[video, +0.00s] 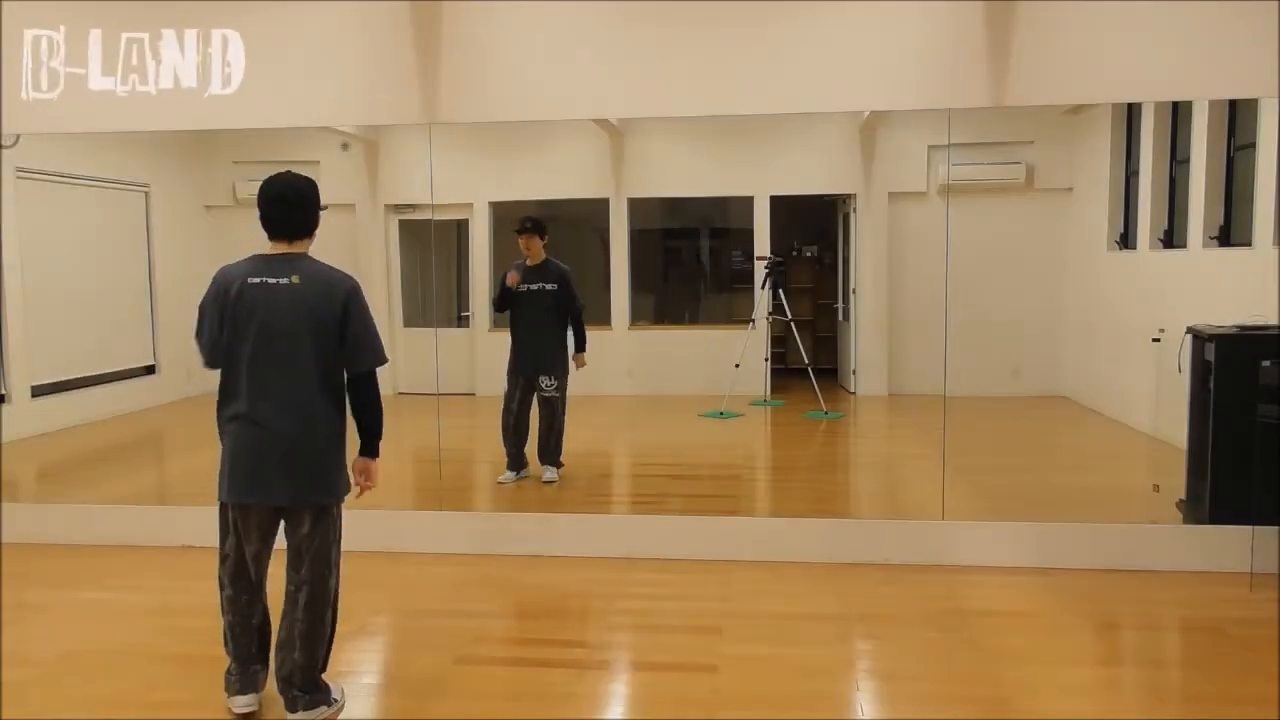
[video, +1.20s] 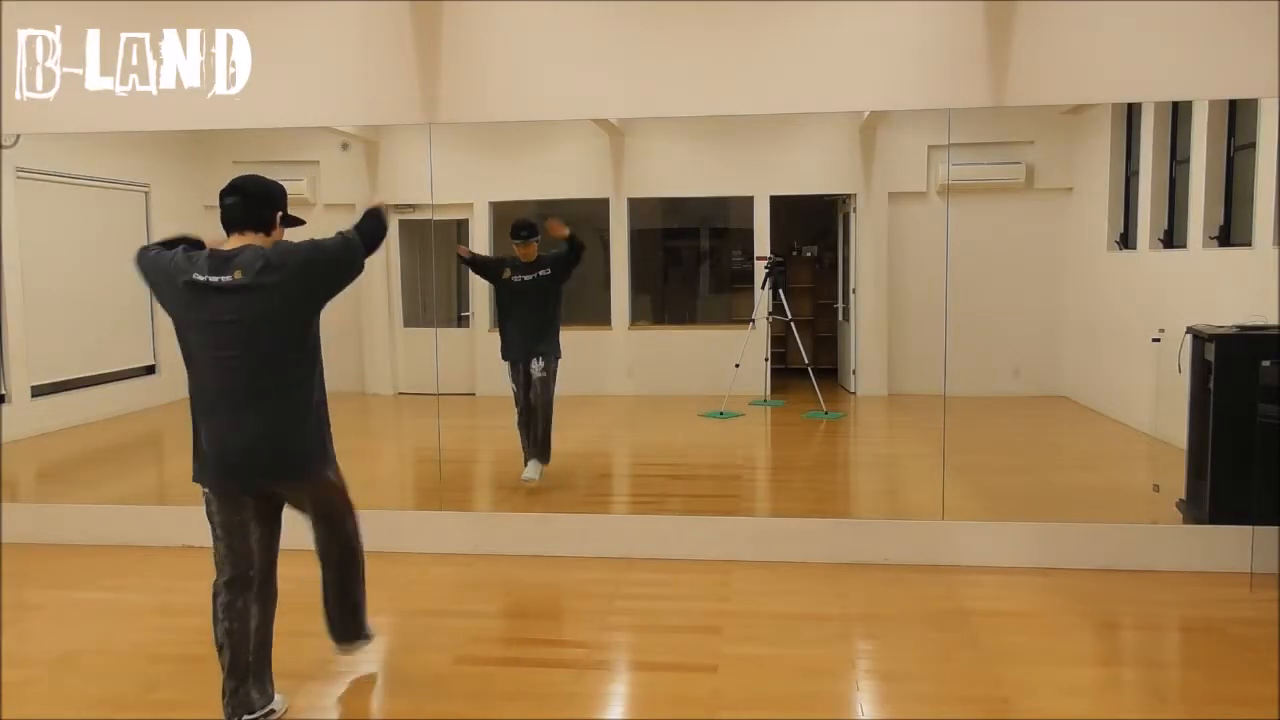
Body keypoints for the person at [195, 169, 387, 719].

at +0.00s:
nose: (314, 221)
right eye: (314, 213)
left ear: (262, 220)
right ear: (316, 220)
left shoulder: (229, 282)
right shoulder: (339, 288)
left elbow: (212, 352)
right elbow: (363, 380)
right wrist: (369, 450)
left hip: (246, 461)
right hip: (316, 461)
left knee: (241, 574)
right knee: (313, 578)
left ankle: (243, 684)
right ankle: (303, 690)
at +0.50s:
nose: (320, 218)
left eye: (316, 209)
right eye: (317, 211)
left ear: (261, 217)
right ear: (312, 218)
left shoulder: (222, 281)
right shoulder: (331, 289)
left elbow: (213, 366)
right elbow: (347, 380)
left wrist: (261, 386)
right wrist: (366, 426)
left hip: (240, 471)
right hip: (309, 470)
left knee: (245, 586)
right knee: (310, 582)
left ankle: (248, 698)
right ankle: (304, 690)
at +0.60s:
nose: (309, 219)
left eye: (306, 211)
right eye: (308, 212)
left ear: (249, 218)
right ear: (303, 219)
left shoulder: (214, 287)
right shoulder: (321, 289)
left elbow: (214, 386)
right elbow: (337, 384)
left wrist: (210, 455)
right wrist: (352, 447)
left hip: (237, 473)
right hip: (307, 472)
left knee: (243, 591)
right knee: (311, 585)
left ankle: (247, 704)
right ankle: (304, 693)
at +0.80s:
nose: (288, 223)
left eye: (286, 215)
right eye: (288, 216)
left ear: (228, 220)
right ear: (281, 220)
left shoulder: (190, 285)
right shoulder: (303, 282)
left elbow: (152, 355)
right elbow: (364, 351)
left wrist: (138, 402)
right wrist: (374, 404)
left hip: (227, 469)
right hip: (299, 466)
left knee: (237, 586)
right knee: (323, 565)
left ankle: (246, 706)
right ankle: (307, 676)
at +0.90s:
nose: (283, 225)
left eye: (280, 216)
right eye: (282, 217)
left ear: (223, 222)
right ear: (274, 221)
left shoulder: (183, 284)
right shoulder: (296, 281)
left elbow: (131, 349)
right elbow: (346, 342)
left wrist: (185, 340)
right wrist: (378, 340)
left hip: (224, 460)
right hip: (294, 453)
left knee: (234, 587)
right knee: (340, 516)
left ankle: (246, 705)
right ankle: (292, 593)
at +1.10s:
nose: (282, 233)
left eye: (282, 225)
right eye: (282, 225)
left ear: (222, 226)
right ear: (272, 227)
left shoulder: (177, 285)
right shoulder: (295, 279)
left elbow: (120, 298)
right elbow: (374, 283)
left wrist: (184, 312)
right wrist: (317, 290)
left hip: (225, 458)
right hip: (295, 444)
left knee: (242, 578)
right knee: (347, 485)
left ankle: (246, 704)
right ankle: (300, 563)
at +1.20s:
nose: (285, 231)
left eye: (283, 225)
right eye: (284, 224)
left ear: (225, 227)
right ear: (277, 225)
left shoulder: (184, 274)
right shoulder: (296, 265)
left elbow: (149, 252)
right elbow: (364, 238)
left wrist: (200, 243)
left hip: (224, 455)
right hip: (295, 449)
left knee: (238, 576)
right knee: (335, 520)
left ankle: (245, 703)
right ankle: (349, 630)